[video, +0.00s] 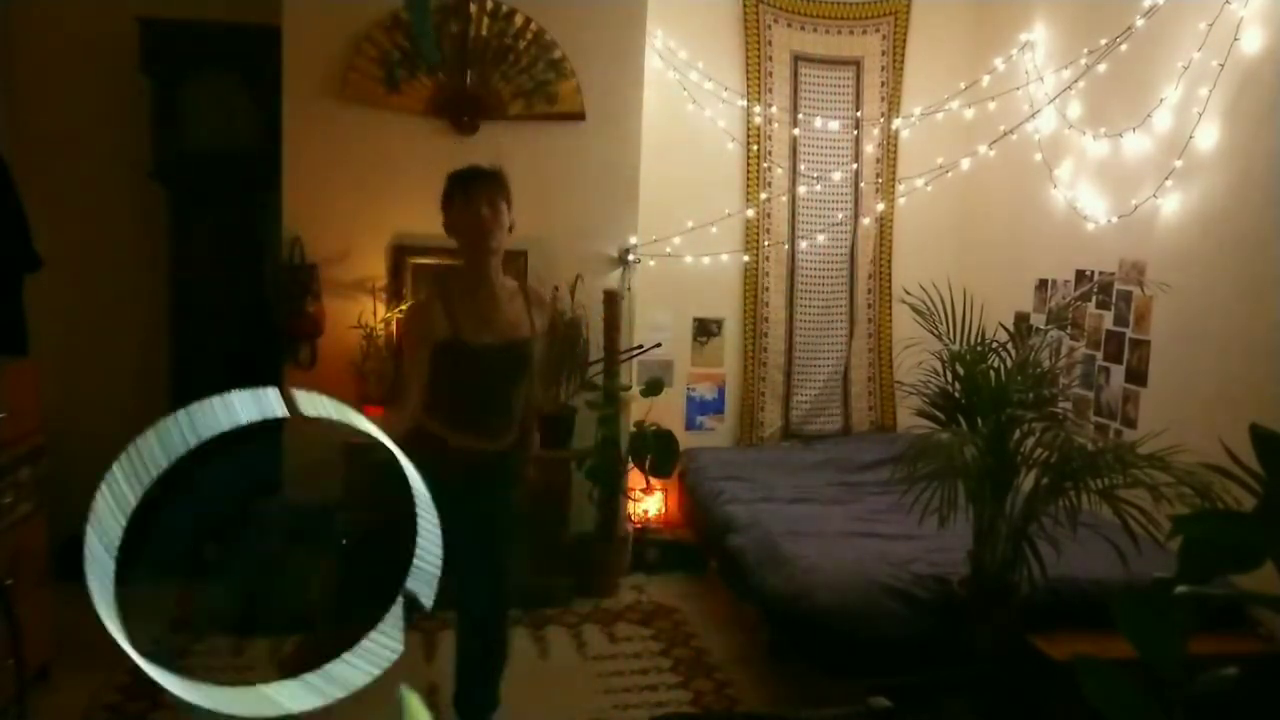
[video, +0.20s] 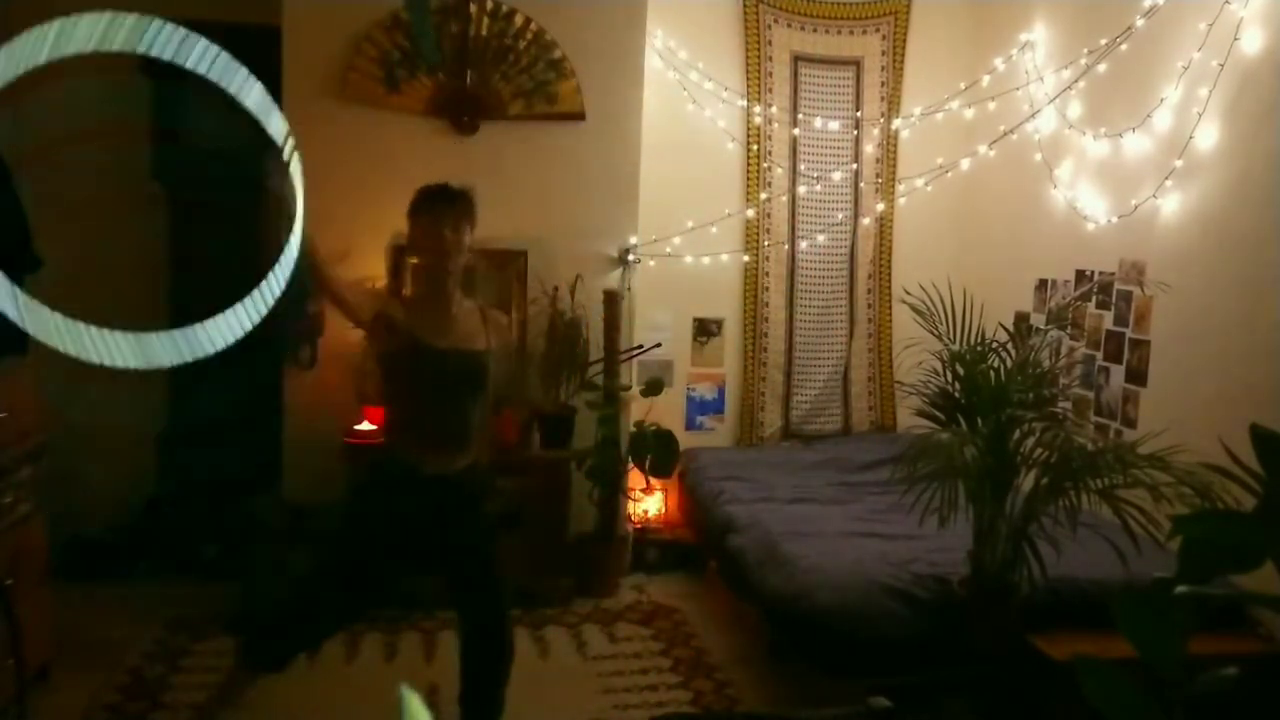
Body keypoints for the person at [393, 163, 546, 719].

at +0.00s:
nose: (488, 217)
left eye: (497, 205)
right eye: (473, 207)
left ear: (512, 219)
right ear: (449, 222)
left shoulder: (530, 303)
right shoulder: (433, 301)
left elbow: (529, 392)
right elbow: (408, 400)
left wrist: (530, 451)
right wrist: (370, 445)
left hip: (501, 471)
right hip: (440, 467)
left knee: (491, 604)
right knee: (427, 599)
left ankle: (477, 708)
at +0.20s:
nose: (443, 240)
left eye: (454, 228)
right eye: (432, 227)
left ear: (469, 240)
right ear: (411, 235)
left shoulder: (491, 325)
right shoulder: (388, 314)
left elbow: (499, 404)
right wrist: (284, 203)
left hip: (463, 488)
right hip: (395, 484)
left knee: (489, 629)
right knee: (334, 600)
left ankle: (480, 714)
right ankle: (247, 667)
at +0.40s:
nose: (396, 238)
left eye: (406, 228)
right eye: (387, 226)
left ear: (419, 239)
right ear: (366, 232)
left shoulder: (426, 319)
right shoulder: (342, 304)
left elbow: (425, 395)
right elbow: (355, 209)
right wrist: (366, 107)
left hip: (419, 486)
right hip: (355, 485)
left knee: (469, 600)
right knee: (295, 601)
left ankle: (470, 706)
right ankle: (223, 686)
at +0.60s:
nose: (366, 228)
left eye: (373, 217)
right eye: (353, 217)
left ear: (383, 223)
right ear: (325, 223)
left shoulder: (386, 304)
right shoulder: (304, 290)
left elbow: (411, 385)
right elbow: (392, 249)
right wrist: (455, 202)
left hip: (392, 469)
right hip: (323, 471)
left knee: (439, 590)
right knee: (275, 597)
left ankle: (457, 704)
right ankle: (199, 699)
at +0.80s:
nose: (361, 237)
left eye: (371, 224)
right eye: (347, 224)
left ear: (384, 232)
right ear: (323, 230)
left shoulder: (393, 315)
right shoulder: (300, 303)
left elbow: (408, 399)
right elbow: (341, 377)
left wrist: (418, 364)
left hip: (389, 475)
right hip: (320, 476)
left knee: (446, 611)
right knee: (266, 604)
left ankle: (461, 708)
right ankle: (198, 702)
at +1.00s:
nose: (406, 248)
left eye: (413, 235)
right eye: (391, 236)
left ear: (425, 240)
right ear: (369, 246)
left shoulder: (459, 328)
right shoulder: (359, 333)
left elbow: (480, 408)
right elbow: (356, 425)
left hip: (453, 488)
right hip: (385, 492)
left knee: (501, 640)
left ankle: (472, 710)